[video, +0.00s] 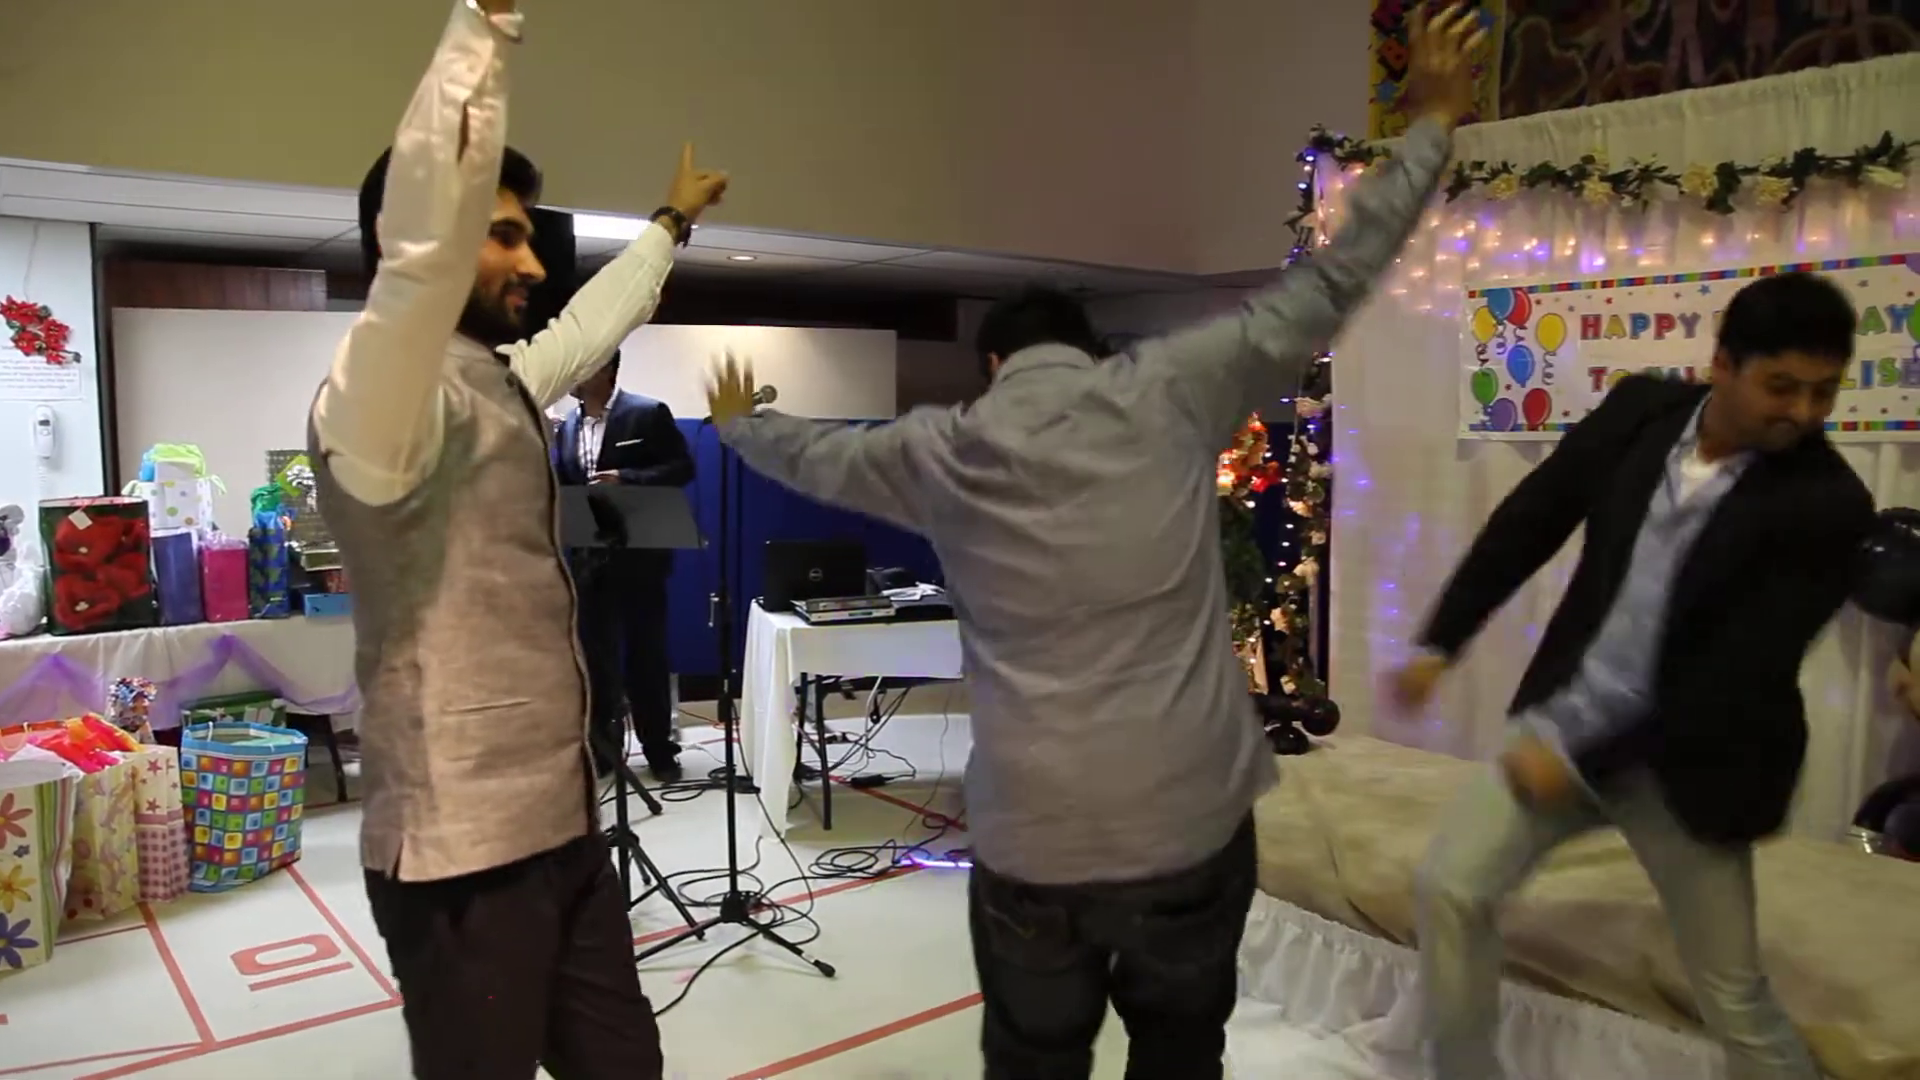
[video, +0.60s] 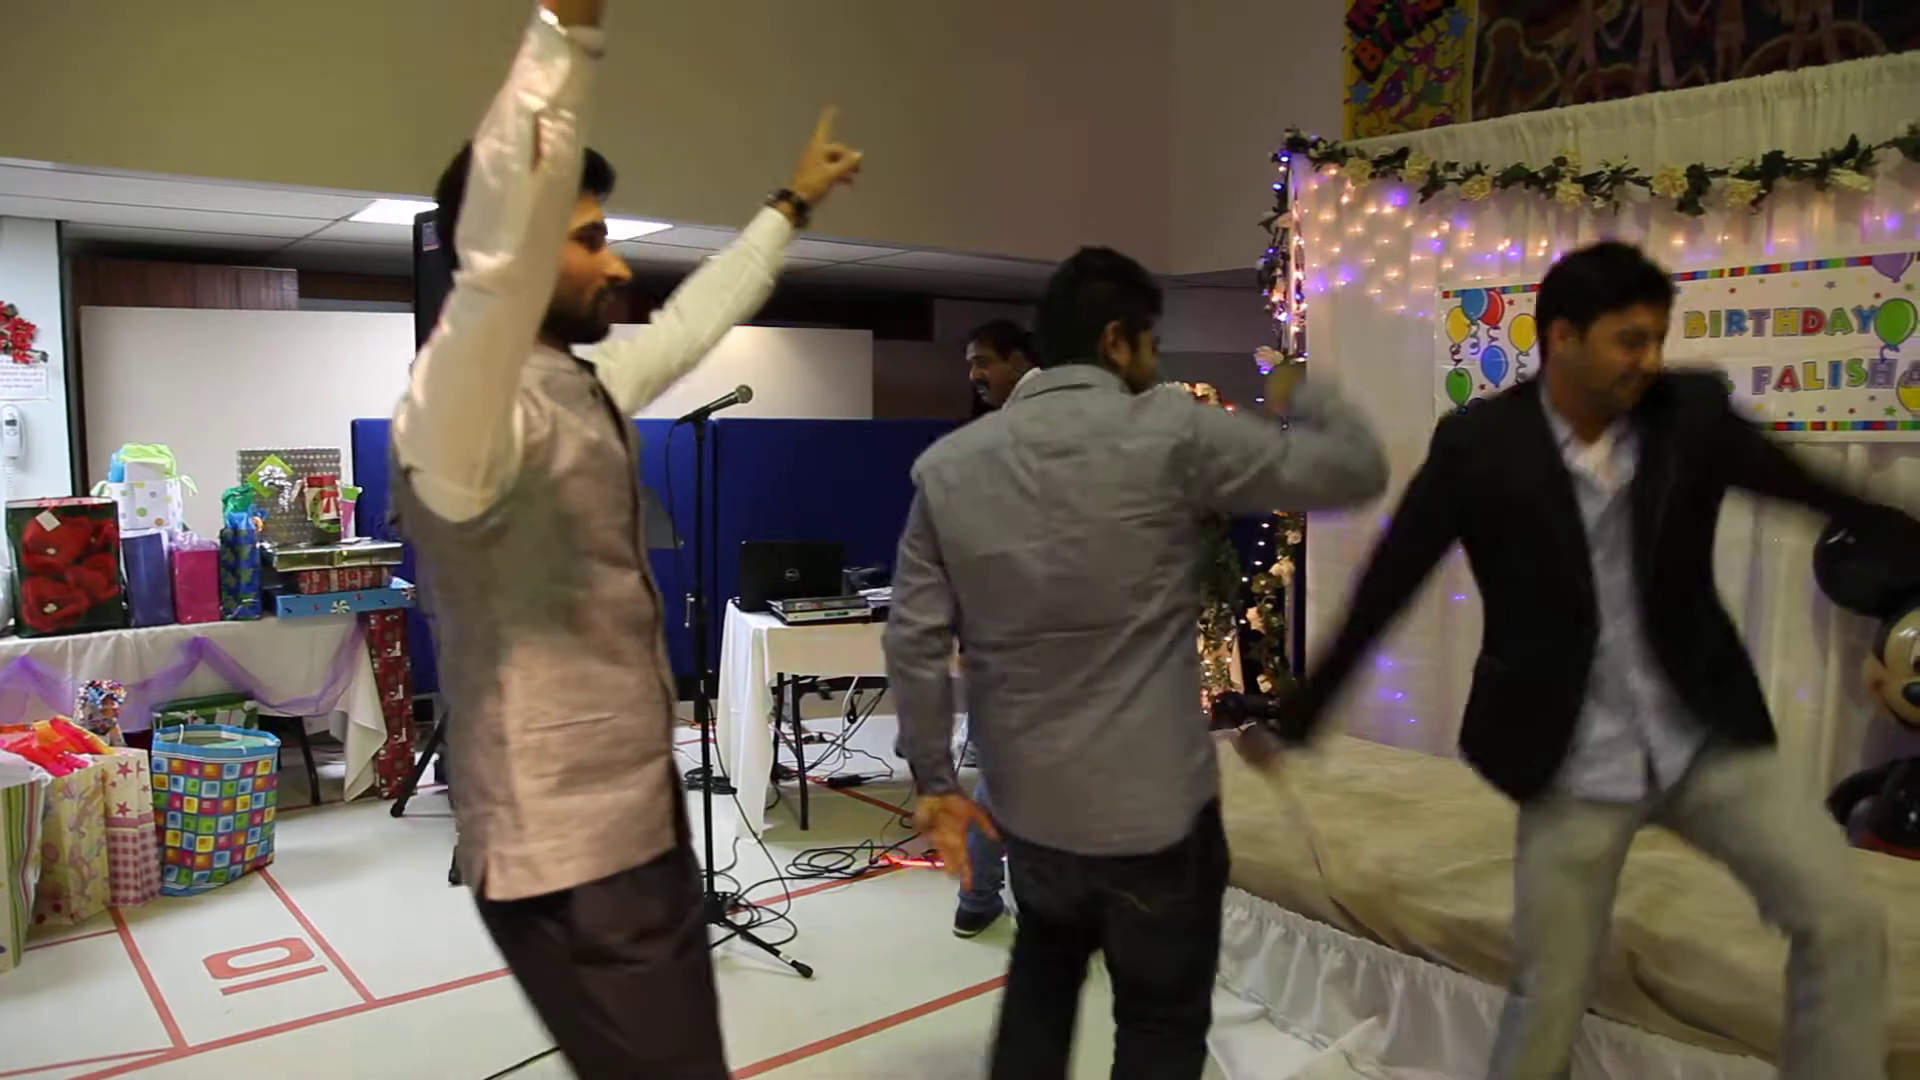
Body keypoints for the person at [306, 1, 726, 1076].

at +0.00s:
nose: (530, 261)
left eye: (531, 239)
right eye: (502, 233)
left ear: (529, 258)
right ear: (432, 244)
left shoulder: (505, 382)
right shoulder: (384, 410)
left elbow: (587, 323)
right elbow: (421, 242)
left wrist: (670, 223)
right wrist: (482, 26)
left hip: (561, 827)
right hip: (463, 851)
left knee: (622, 1065)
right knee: (479, 1074)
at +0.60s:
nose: (616, 262)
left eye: (608, 238)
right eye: (589, 239)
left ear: (582, 252)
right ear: (513, 256)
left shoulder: (587, 384)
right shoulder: (461, 418)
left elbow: (692, 322)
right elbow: (500, 249)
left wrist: (790, 207)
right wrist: (563, 29)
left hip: (635, 820)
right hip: (563, 849)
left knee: (686, 1063)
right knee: (661, 1070)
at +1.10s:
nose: (731, 218)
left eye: (723, 196)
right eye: (698, 201)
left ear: (688, 221)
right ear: (621, 217)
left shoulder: (717, 361)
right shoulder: (581, 396)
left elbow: (837, 297)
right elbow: (664, 197)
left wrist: (954, 187)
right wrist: (737, 1)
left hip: (739, 827)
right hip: (668, 850)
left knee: (709, 1065)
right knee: (757, 1069)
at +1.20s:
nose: (756, 222)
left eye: (747, 196)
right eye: (725, 200)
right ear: (645, 213)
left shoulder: (735, 365)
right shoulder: (602, 394)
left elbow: (868, 343)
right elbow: (704, 204)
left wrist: (1012, 241)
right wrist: (778, 7)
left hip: (760, 833)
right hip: (689, 858)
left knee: (773, 1055)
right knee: (752, 1066)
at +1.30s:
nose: (765, 210)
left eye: (764, 186)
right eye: (736, 189)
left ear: (696, 210)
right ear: (676, 213)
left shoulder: (759, 379)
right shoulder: (621, 398)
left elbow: (888, 414)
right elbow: (751, 209)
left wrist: (1059, 384)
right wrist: (839, 3)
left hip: (783, 840)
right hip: (705, 865)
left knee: (820, 1057)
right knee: (792, 1066)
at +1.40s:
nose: (785, 212)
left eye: (787, 189)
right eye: (764, 192)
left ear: (718, 211)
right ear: (701, 209)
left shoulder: (764, 396)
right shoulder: (643, 404)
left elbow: (872, 513)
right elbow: (781, 213)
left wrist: (1063, 568)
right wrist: (893, 3)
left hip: (809, 850)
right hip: (731, 876)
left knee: (820, 1050)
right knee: (788, 1064)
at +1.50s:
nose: (821, 209)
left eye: (822, 183)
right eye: (801, 184)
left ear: (746, 208)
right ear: (741, 203)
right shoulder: (676, 390)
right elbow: (823, 200)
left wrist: (998, 717)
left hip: (822, 856)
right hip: (760, 882)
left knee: (866, 1056)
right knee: (835, 1068)